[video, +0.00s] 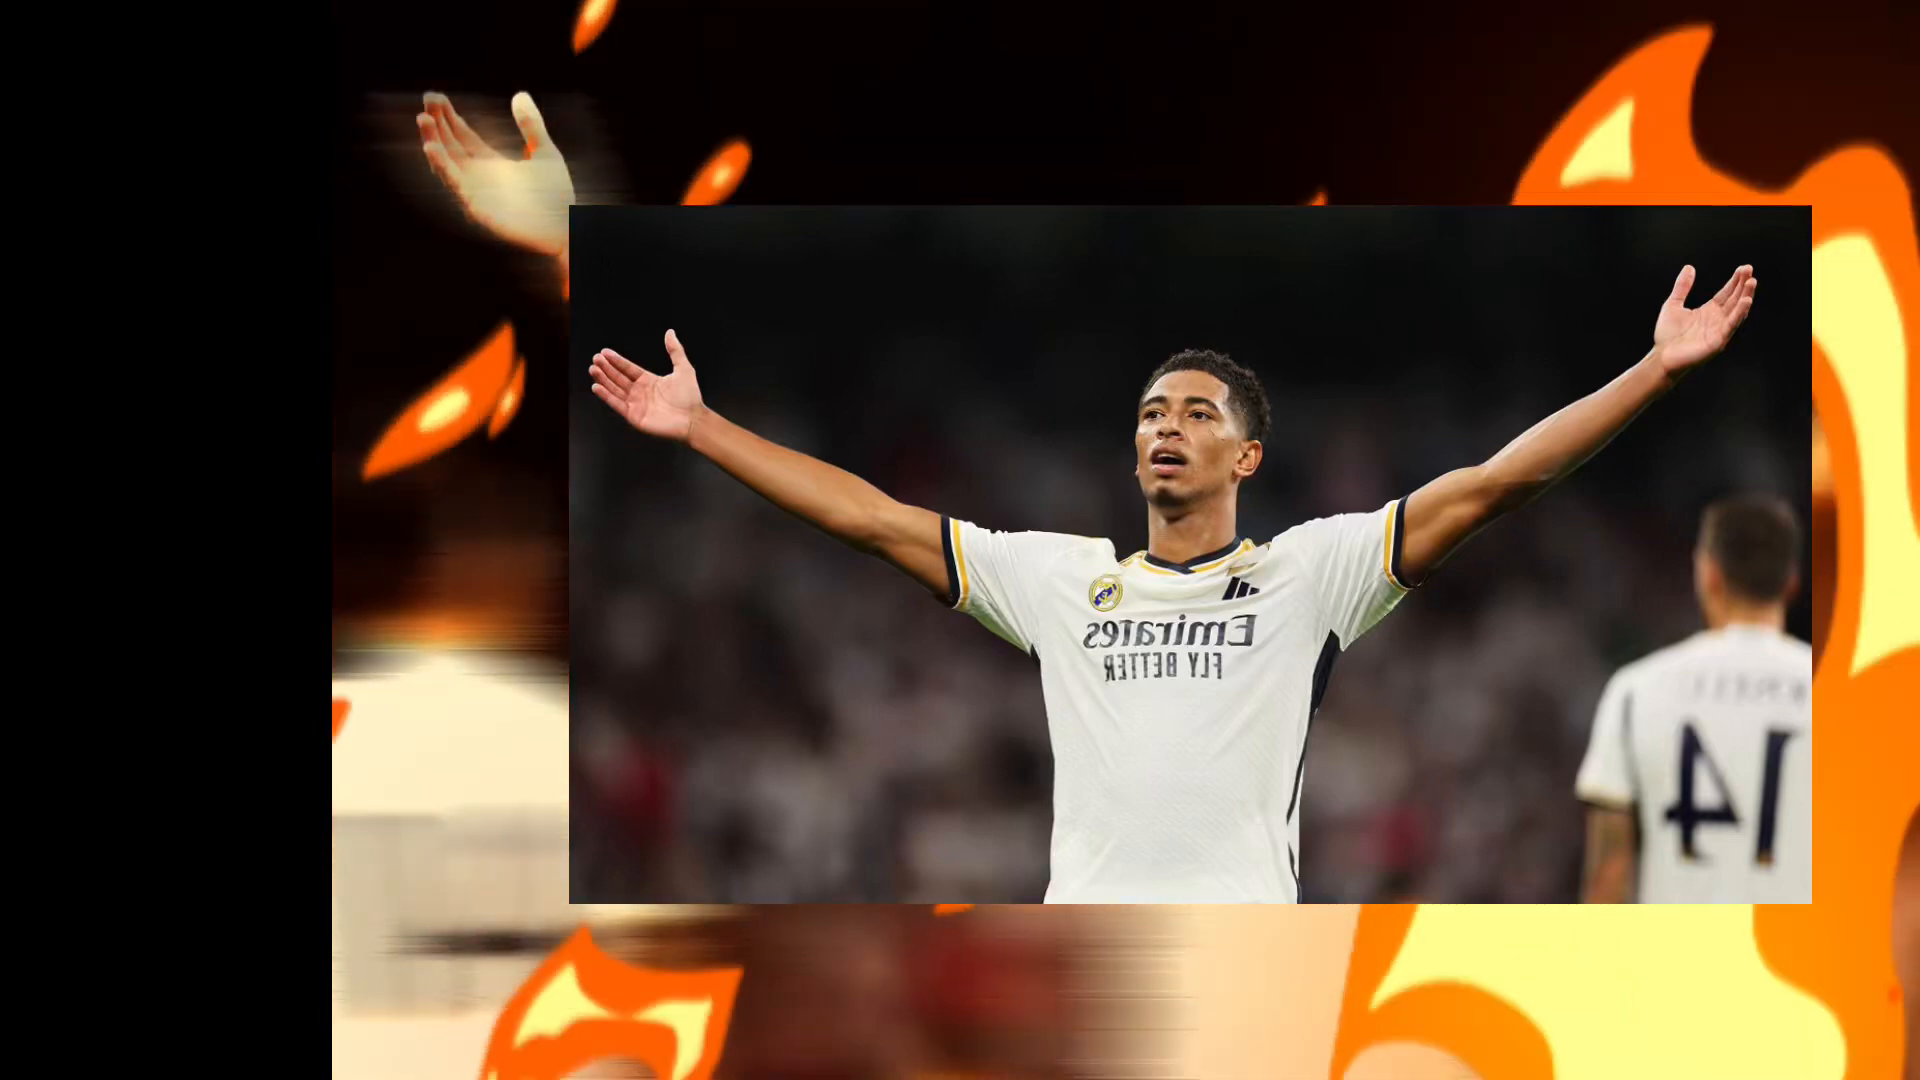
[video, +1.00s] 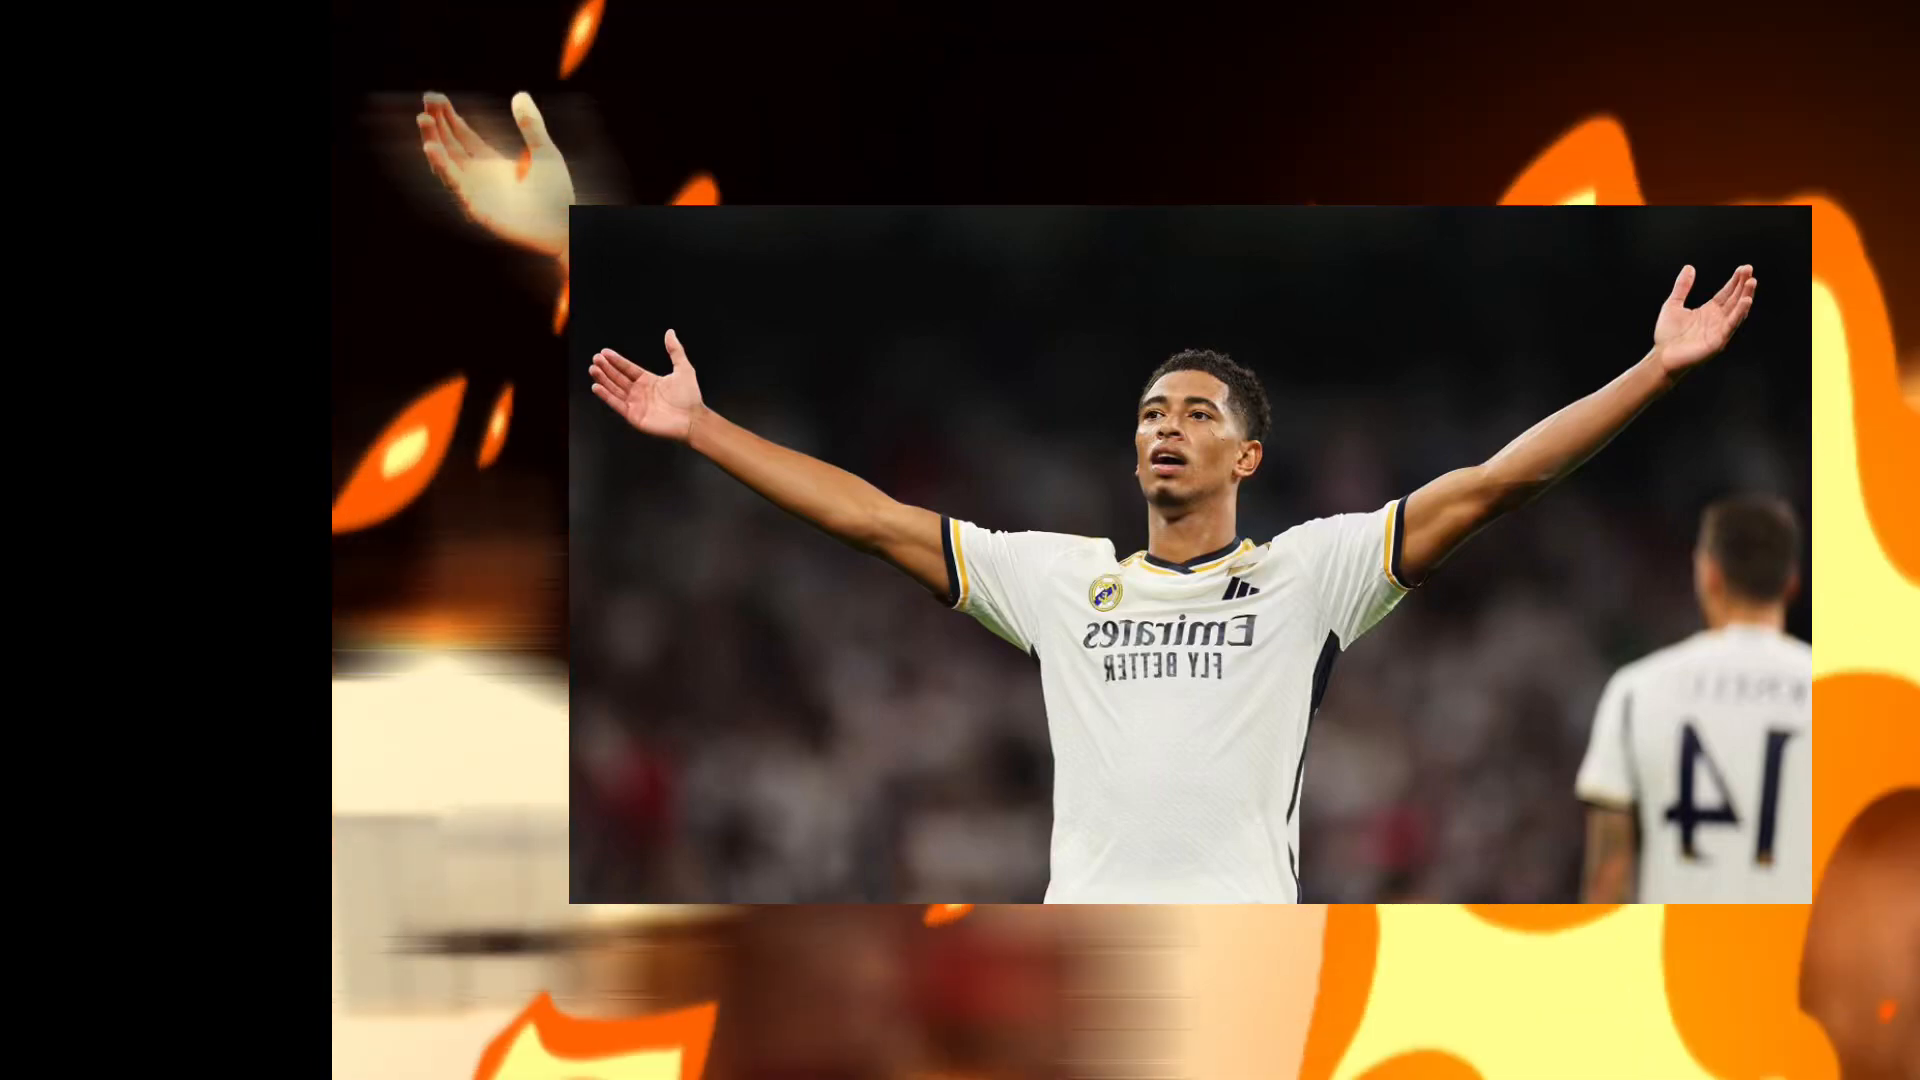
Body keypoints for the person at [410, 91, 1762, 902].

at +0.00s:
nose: (1164, 440)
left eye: (1191, 422)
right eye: (1153, 423)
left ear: (1250, 455)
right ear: (1135, 452)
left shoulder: (1311, 569)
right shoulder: (1065, 576)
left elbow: (1496, 480)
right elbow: (879, 518)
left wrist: (1658, 365)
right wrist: (702, 425)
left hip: (1253, 942)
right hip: (1084, 938)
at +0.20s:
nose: (1165, 436)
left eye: (1193, 419)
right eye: (1153, 420)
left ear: (1251, 457)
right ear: (1132, 455)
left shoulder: (1310, 570)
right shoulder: (1062, 577)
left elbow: (1496, 480)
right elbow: (877, 518)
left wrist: (1657, 367)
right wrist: (702, 426)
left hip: (1256, 942)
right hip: (1086, 938)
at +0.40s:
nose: (1165, 434)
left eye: (1193, 418)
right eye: (1153, 419)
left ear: (1252, 455)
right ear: (1135, 453)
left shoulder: (1311, 569)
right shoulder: (1065, 577)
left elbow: (1497, 479)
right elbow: (879, 518)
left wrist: (1658, 366)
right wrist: (700, 424)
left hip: (1254, 941)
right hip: (1084, 939)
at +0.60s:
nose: (1170, 430)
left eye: (1199, 415)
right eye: (1155, 415)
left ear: (1248, 451)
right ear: (1133, 450)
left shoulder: (1310, 569)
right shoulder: (1056, 577)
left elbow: (1493, 482)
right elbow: (876, 518)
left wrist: (1656, 366)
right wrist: (701, 428)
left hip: (1250, 945)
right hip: (1090, 945)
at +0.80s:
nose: (1171, 427)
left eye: (1200, 414)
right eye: (1156, 413)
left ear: (1248, 453)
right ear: (1133, 451)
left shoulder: (1310, 569)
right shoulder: (1056, 576)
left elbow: (1492, 483)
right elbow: (874, 518)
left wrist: (1656, 365)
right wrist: (699, 428)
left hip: (1249, 942)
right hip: (1086, 939)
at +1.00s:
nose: (1161, 437)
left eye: (1190, 421)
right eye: (1151, 421)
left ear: (1251, 456)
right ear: (1135, 452)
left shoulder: (1311, 569)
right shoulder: (1067, 577)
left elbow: (1496, 480)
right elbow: (879, 519)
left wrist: (1658, 366)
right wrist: (702, 426)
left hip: (1251, 940)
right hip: (1084, 936)